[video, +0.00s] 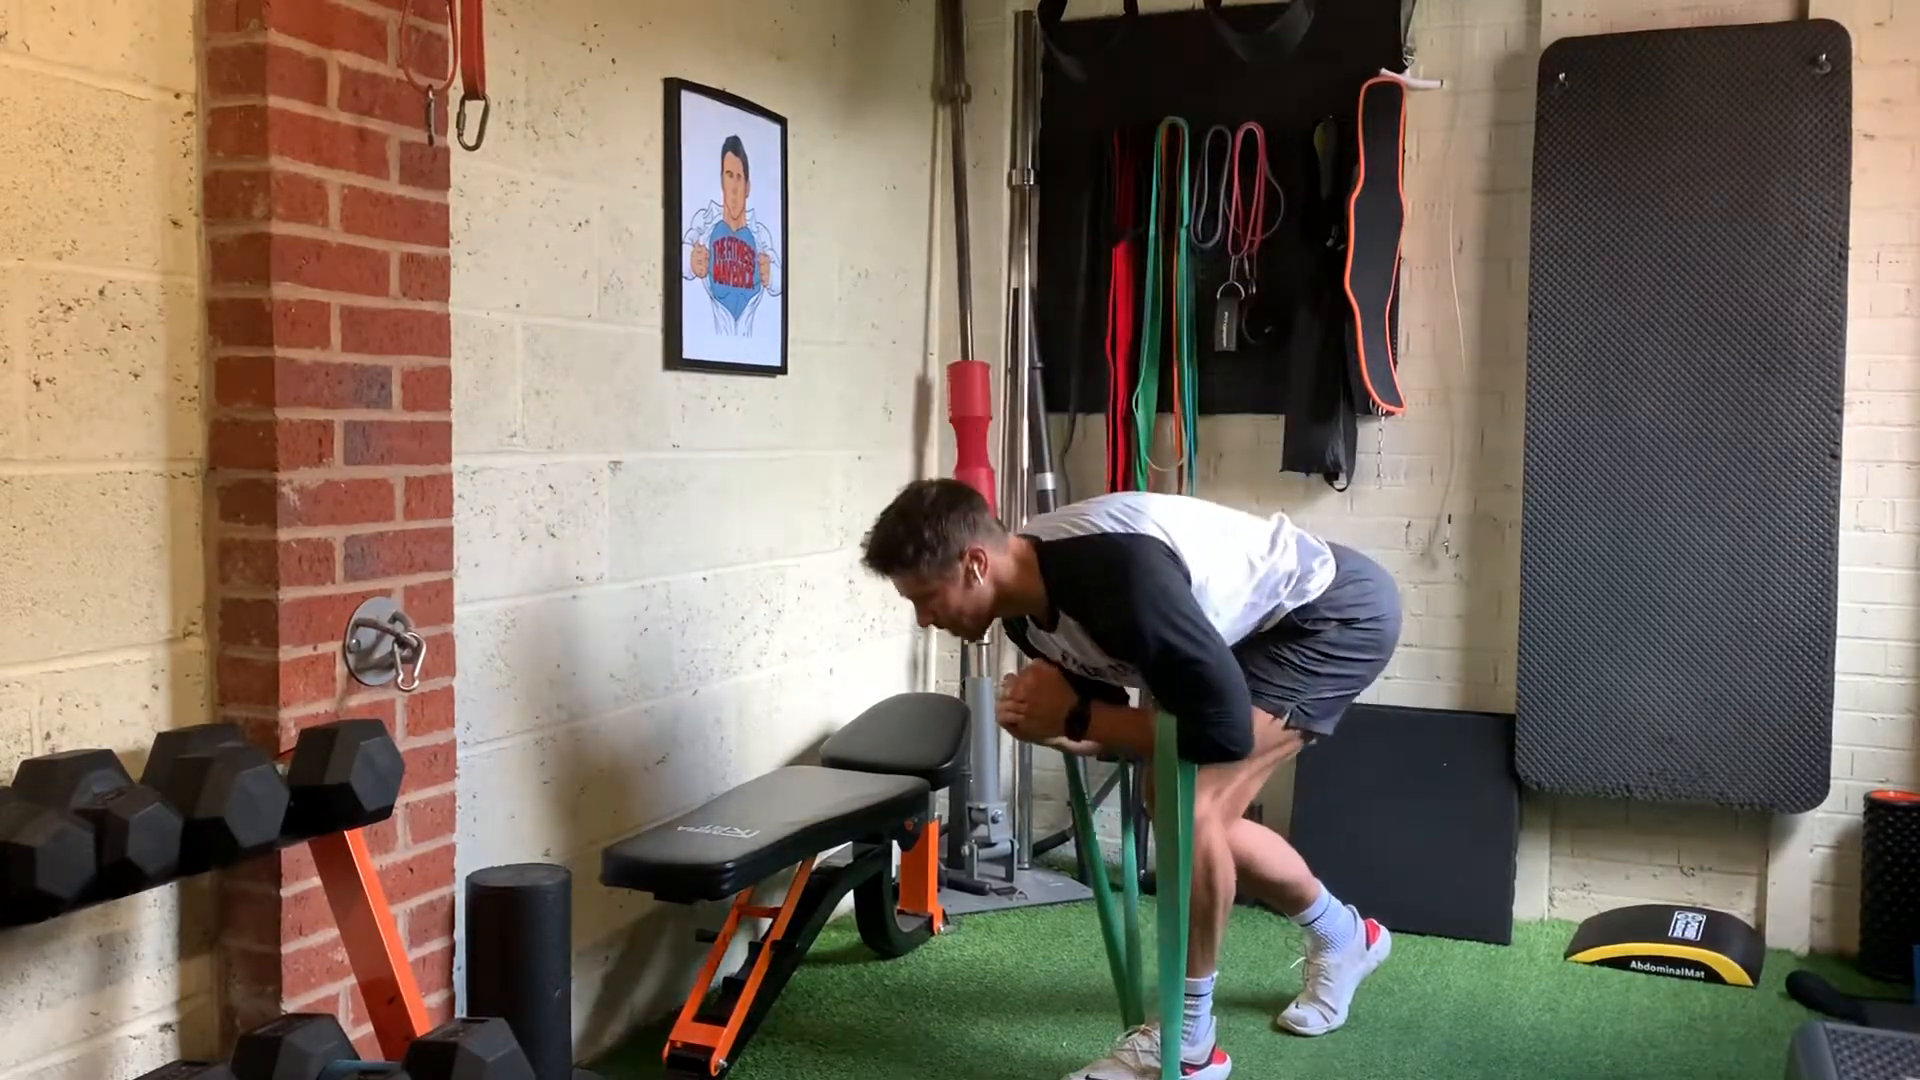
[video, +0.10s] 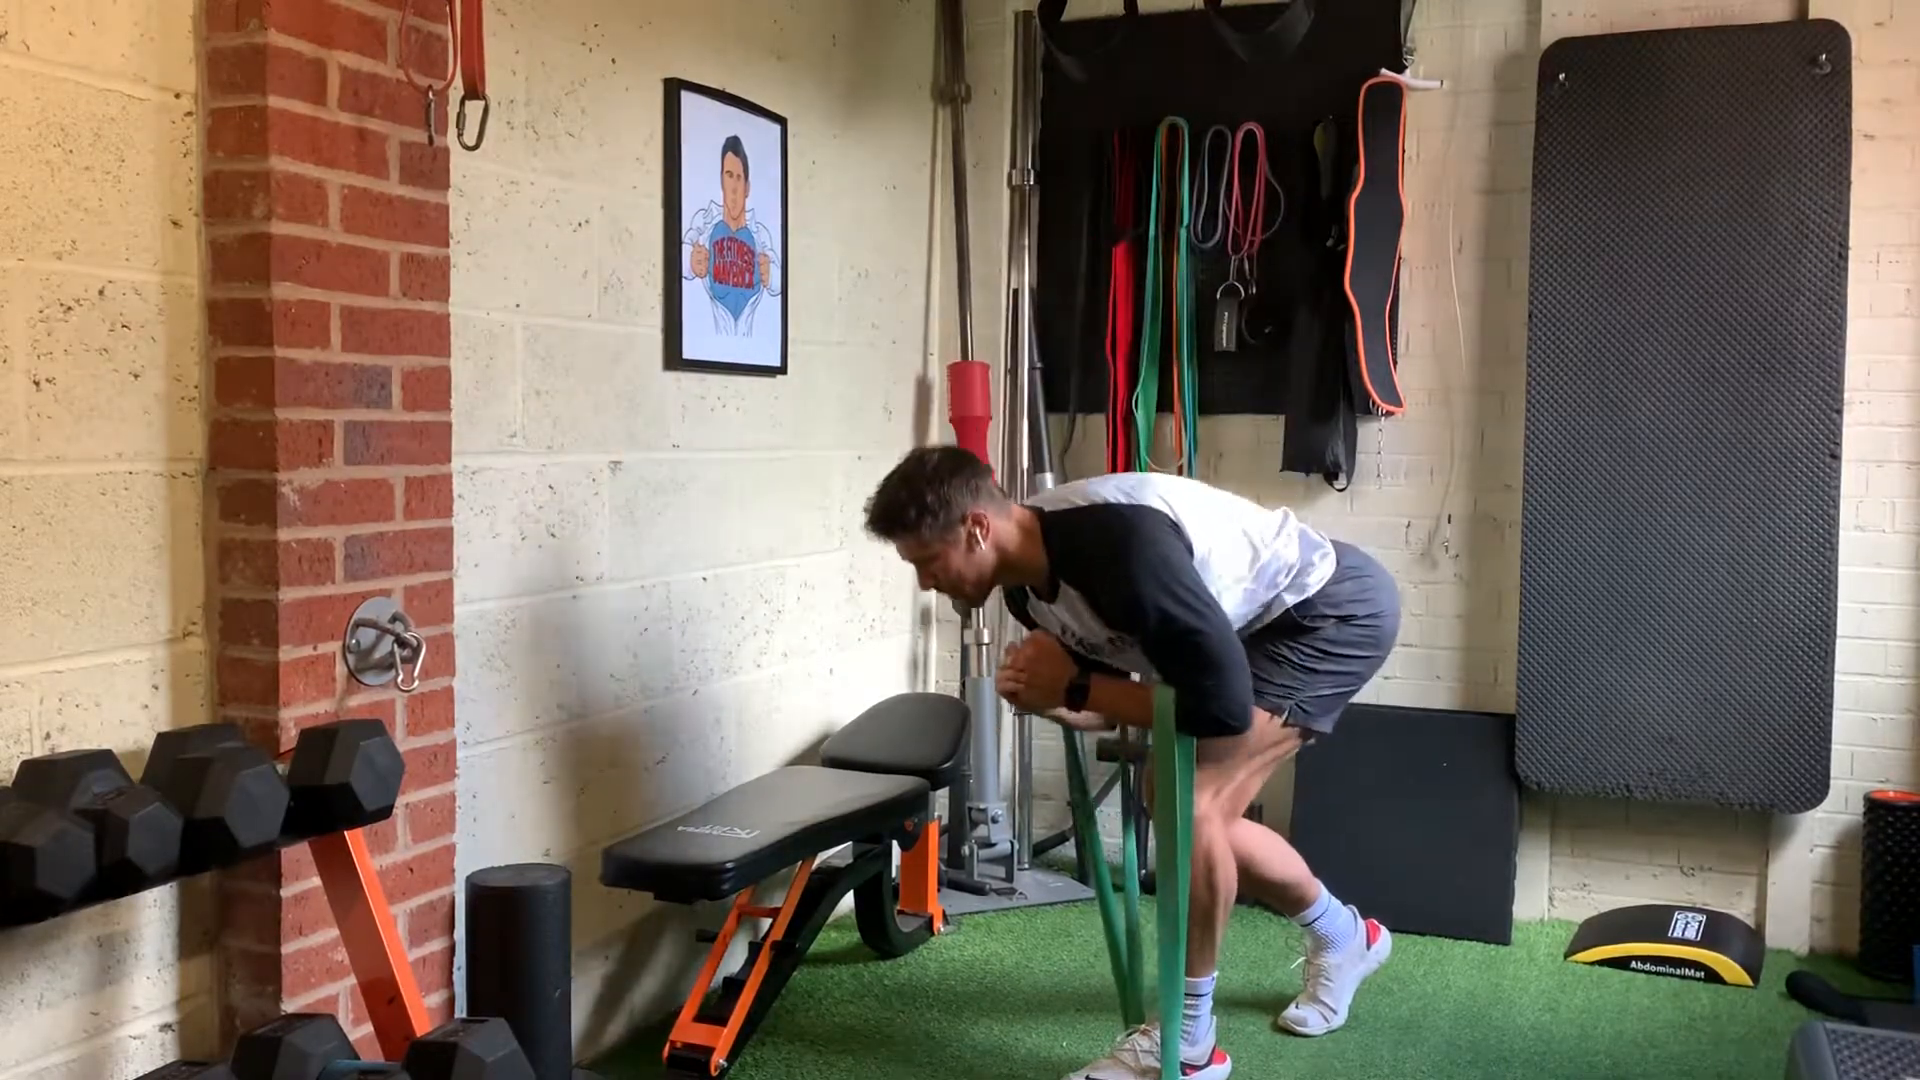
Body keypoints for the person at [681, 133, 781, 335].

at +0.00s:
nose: (734, 184)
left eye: (739, 176)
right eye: (729, 175)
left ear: (748, 187)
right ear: (721, 181)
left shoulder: (760, 234)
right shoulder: (705, 227)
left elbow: (779, 287)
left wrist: (770, 276)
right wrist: (694, 267)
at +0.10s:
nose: (734, 184)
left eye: (739, 177)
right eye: (729, 175)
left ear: (748, 187)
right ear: (721, 181)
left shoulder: (760, 232)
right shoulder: (705, 224)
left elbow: (779, 286)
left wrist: (769, 274)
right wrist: (693, 266)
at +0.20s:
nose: (734, 184)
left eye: (739, 177)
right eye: (729, 175)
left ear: (748, 187)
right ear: (721, 181)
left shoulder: (760, 232)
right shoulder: (705, 224)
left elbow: (778, 287)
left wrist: (769, 275)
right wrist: (693, 266)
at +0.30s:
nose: (734, 185)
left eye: (739, 176)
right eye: (729, 175)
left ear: (748, 187)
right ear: (721, 181)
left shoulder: (760, 231)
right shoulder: (705, 221)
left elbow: (779, 287)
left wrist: (769, 274)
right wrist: (693, 266)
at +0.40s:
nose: (734, 185)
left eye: (739, 177)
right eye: (729, 175)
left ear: (747, 187)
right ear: (721, 181)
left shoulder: (760, 232)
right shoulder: (705, 224)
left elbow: (778, 287)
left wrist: (769, 275)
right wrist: (693, 267)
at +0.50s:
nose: (734, 185)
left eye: (739, 177)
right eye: (729, 175)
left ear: (748, 186)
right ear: (721, 181)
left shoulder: (760, 231)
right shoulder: (705, 222)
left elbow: (778, 287)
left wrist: (769, 274)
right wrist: (693, 267)